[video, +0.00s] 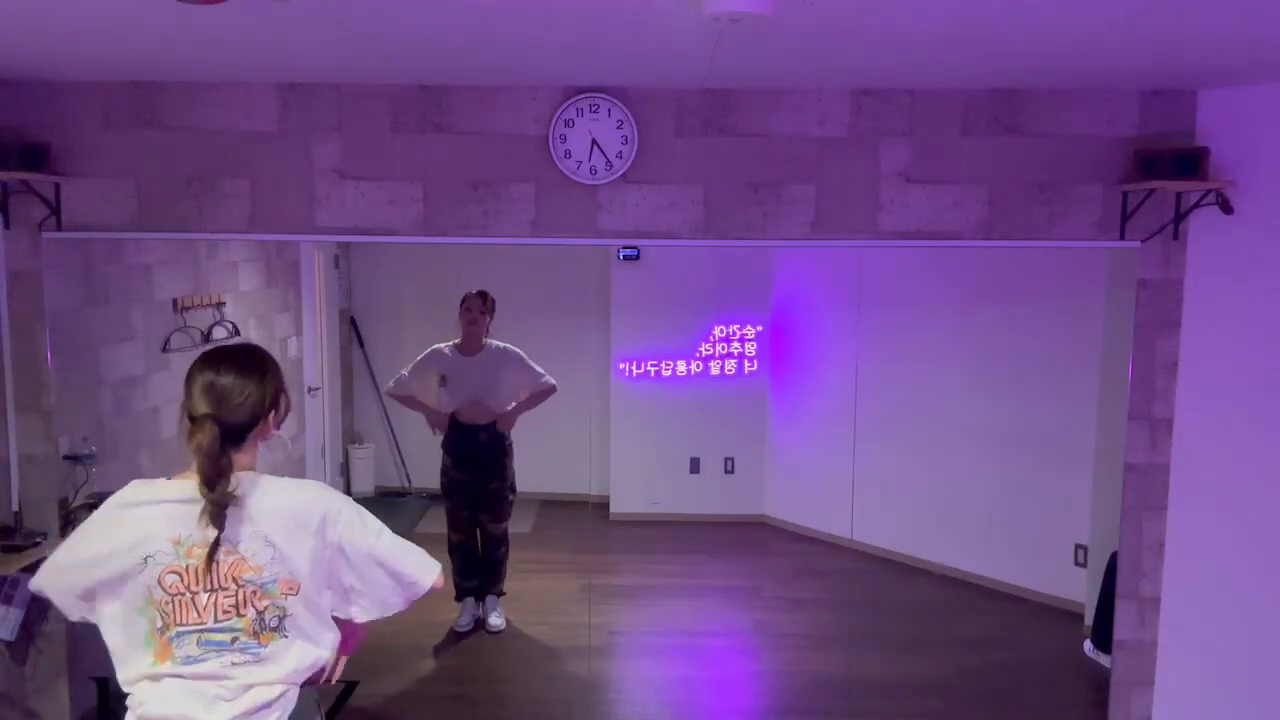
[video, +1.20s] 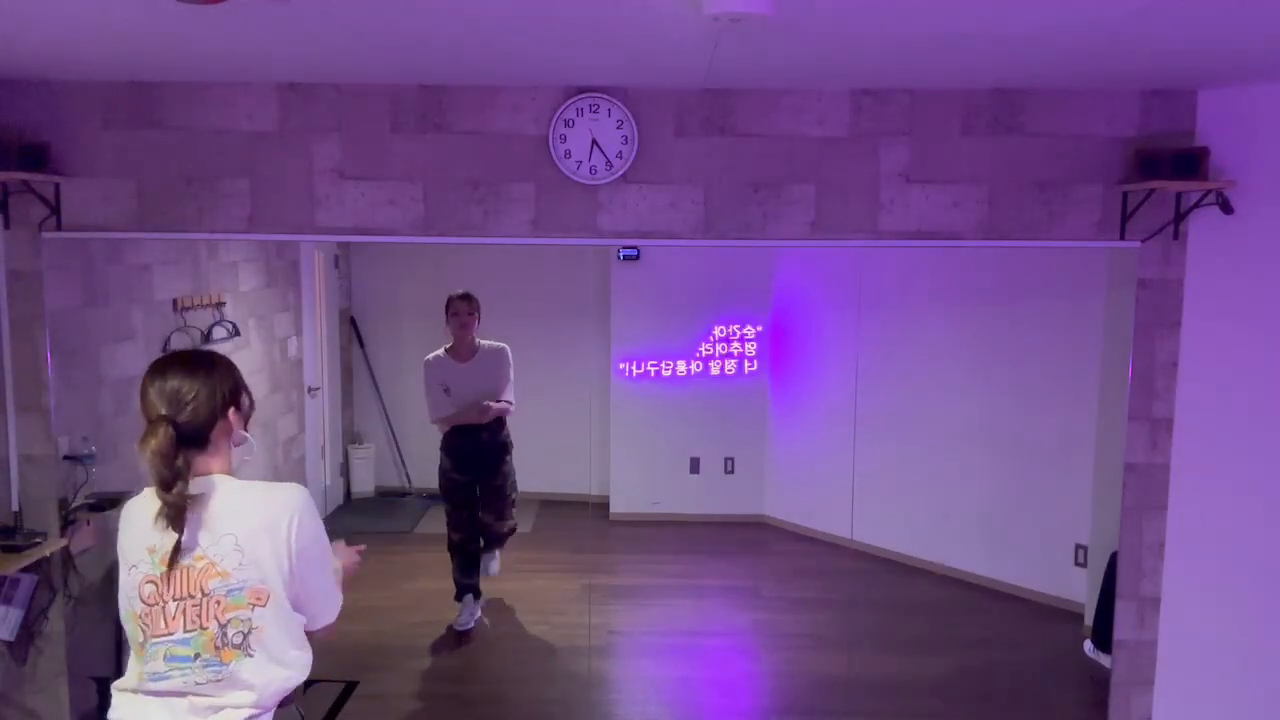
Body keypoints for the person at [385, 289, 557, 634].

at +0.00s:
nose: (472, 316)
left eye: (479, 312)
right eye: (467, 310)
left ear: (489, 320)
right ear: (458, 316)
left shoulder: (505, 355)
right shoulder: (440, 355)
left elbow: (547, 386)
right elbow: (396, 388)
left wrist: (513, 412)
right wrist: (429, 411)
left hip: (494, 445)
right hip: (457, 445)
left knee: (494, 526)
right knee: (459, 527)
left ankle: (493, 600)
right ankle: (468, 601)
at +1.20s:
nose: (462, 320)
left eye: (468, 314)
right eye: (455, 315)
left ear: (478, 319)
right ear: (446, 321)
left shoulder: (498, 353)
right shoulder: (434, 363)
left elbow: (507, 404)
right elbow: (437, 416)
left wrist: (489, 409)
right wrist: (474, 413)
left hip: (494, 442)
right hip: (457, 446)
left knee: (500, 519)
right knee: (459, 524)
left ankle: (490, 548)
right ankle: (468, 597)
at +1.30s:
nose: (463, 321)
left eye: (468, 314)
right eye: (456, 316)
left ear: (479, 317)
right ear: (447, 321)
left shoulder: (502, 352)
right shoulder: (438, 362)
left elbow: (517, 401)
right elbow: (444, 416)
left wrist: (506, 424)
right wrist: (484, 432)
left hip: (499, 446)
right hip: (461, 448)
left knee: (501, 529)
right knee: (462, 529)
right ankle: (468, 601)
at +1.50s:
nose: (471, 321)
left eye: (476, 314)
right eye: (463, 317)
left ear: (487, 318)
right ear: (457, 323)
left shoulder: (509, 350)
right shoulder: (458, 363)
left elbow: (524, 399)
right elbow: (473, 418)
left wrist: (536, 444)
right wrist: (487, 462)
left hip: (511, 437)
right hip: (474, 444)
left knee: (540, 519)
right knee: (469, 525)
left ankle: (502, 512)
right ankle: (469, 600)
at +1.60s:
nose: (483, 326)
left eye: (488, 318)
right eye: (475, 321)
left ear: (499, 321)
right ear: (468, 327)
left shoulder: (513, 350)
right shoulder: (474, 365)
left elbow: (523, 395)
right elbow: (488, 419)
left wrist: (539, 428)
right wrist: (500, 464)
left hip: (518, 441)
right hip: (483, 448)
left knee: (557, 511)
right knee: (477, 528)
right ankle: (469, 601)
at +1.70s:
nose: (499, 343)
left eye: (504, 337)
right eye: (492, 338)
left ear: (513, 338)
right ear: (484, 341)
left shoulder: (519, 361)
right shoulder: (489, 381)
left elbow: (528, 402)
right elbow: (505, 437)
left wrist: (543, 422)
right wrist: (533, 477)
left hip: (527, 452)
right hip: (497, 460)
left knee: (565, 517)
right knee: (482, 534)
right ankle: (469, 606)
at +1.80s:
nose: (516, 367)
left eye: (521, 360)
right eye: (509, 361)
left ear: (529, 360)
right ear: (500, 364)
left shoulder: (532, 379)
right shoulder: (505, 407)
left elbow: (533, 416)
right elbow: (520, 464)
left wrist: (557, 420)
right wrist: (561, 484)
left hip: (539, 472)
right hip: (510, 480)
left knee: (599, 527)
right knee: (493, 545)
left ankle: (613, 592)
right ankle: (470, 607)